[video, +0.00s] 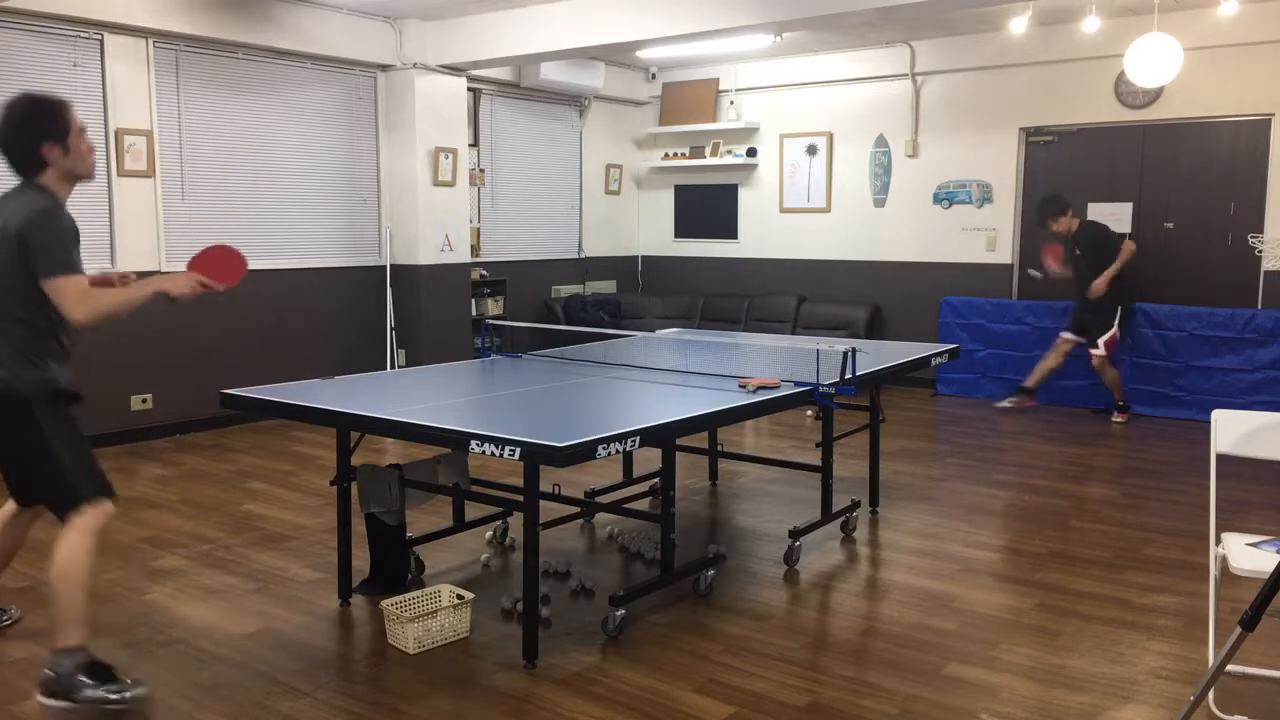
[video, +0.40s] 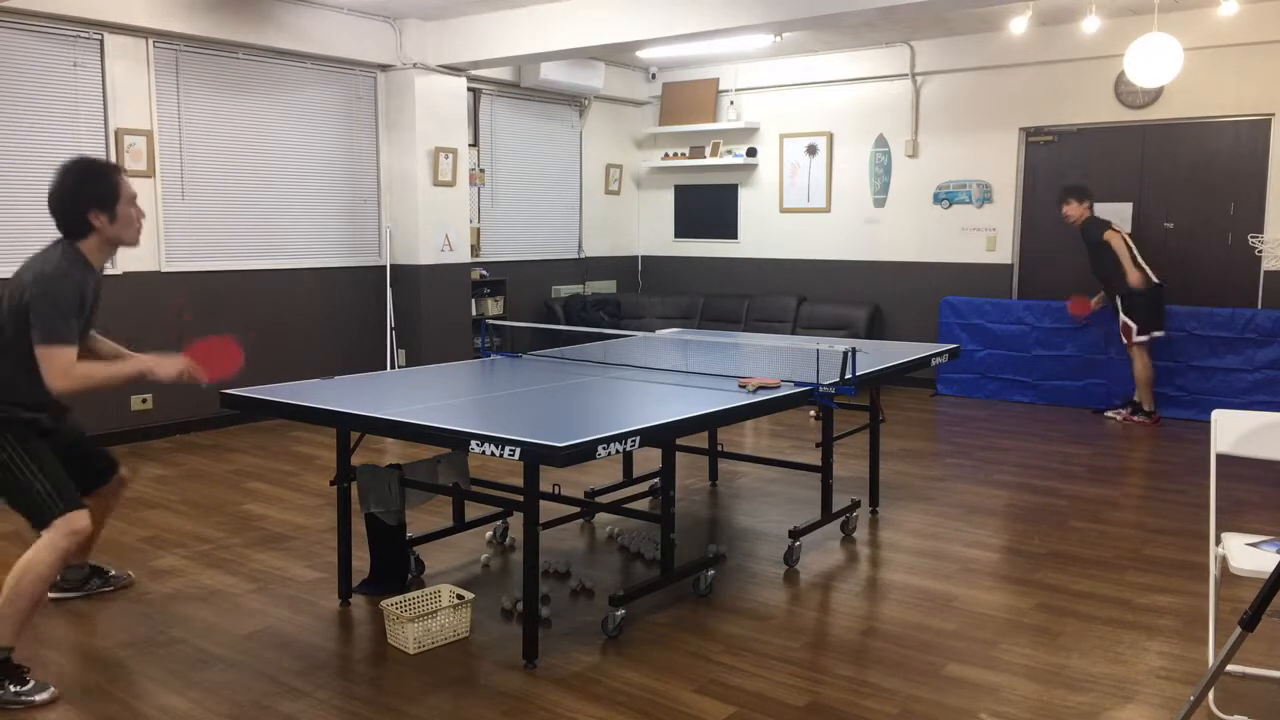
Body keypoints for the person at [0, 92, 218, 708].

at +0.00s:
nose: (92, 143)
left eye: (86, 132)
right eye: (81, 135)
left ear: (41, 153)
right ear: (52, 152)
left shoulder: (17, 208)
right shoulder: (45, 217)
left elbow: (32, 293)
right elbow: (79, 308)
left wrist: (98, 283)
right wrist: (160, 287)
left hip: (10, 388)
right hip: (30, 392)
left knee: (29, 500)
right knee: (90, 505)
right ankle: (69, 663)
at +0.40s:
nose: (140, 210)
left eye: (136, 200)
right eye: (130, 202)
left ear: (98, 217)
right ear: (98, 217)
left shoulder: (84, 267)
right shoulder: (56, 275)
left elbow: (80, 340)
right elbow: (60, 380)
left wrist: (147, 361)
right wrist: (144, 367)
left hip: (37, 411)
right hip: (6, 420)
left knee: (107, 483)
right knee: (70, 525)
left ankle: (70, 573)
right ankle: (0, 660)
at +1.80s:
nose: (205, 156)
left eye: (200, 147)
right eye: (196, 149)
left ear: (159, 160)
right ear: (167, 159)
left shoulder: (130, 203)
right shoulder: (149, 207)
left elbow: (88, 277)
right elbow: (166, 293)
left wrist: (152, 315)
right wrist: (237, 273)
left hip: (110, 367)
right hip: (95, 371)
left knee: (166, 453)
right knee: (133, 490)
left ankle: (177, 545)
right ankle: (45, 619)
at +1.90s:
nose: (197, 173)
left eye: (193, 162)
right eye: (188, 165)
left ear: (155, 176)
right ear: (159, 176)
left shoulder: (136, 222)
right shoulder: (136, 229)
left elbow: (106, 298)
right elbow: (142, 320)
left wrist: (157, 321)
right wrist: (221, 298)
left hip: (105, 381)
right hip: (71, 387)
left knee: (167, 454)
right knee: (111, 505)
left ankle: (138, 543)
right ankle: (29, 633)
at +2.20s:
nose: (187, 199)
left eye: (183, 189)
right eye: (177, 193)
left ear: (156, 206)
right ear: (146, 209)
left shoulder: (174, 245)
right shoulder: (99, 259)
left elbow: (181, 298)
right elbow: (75, 344)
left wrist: (210, 326)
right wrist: (146, 349)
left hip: (118, 382)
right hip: (71, 383)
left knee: (173, 466)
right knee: (84, 484)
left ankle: (115, 552)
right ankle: (52, 614)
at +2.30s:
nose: (185, 202)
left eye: (181, 192)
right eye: (174, 196)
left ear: (150, 209)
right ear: (142, 211)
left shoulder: (180, 247)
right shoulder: (89, 259)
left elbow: (193, 298)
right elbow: (58, 334)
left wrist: (205, 314)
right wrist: (110, 358)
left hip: (137, 371)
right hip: (80, 372)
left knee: (189, 455)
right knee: (93, 459)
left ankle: (121, 539)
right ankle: (82, 575)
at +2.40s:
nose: (180, 216)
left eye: (176, 205)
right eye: (168, 209)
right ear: (134, 223)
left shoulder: (181, 258)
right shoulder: (84, 269)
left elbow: (211, 304)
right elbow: (50, 332)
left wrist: (220, 319)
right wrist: (72, 377)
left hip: (151, 372)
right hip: (95, 379)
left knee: (216, 445)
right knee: (100, 469)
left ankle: (173, 511)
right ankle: (83, 559)